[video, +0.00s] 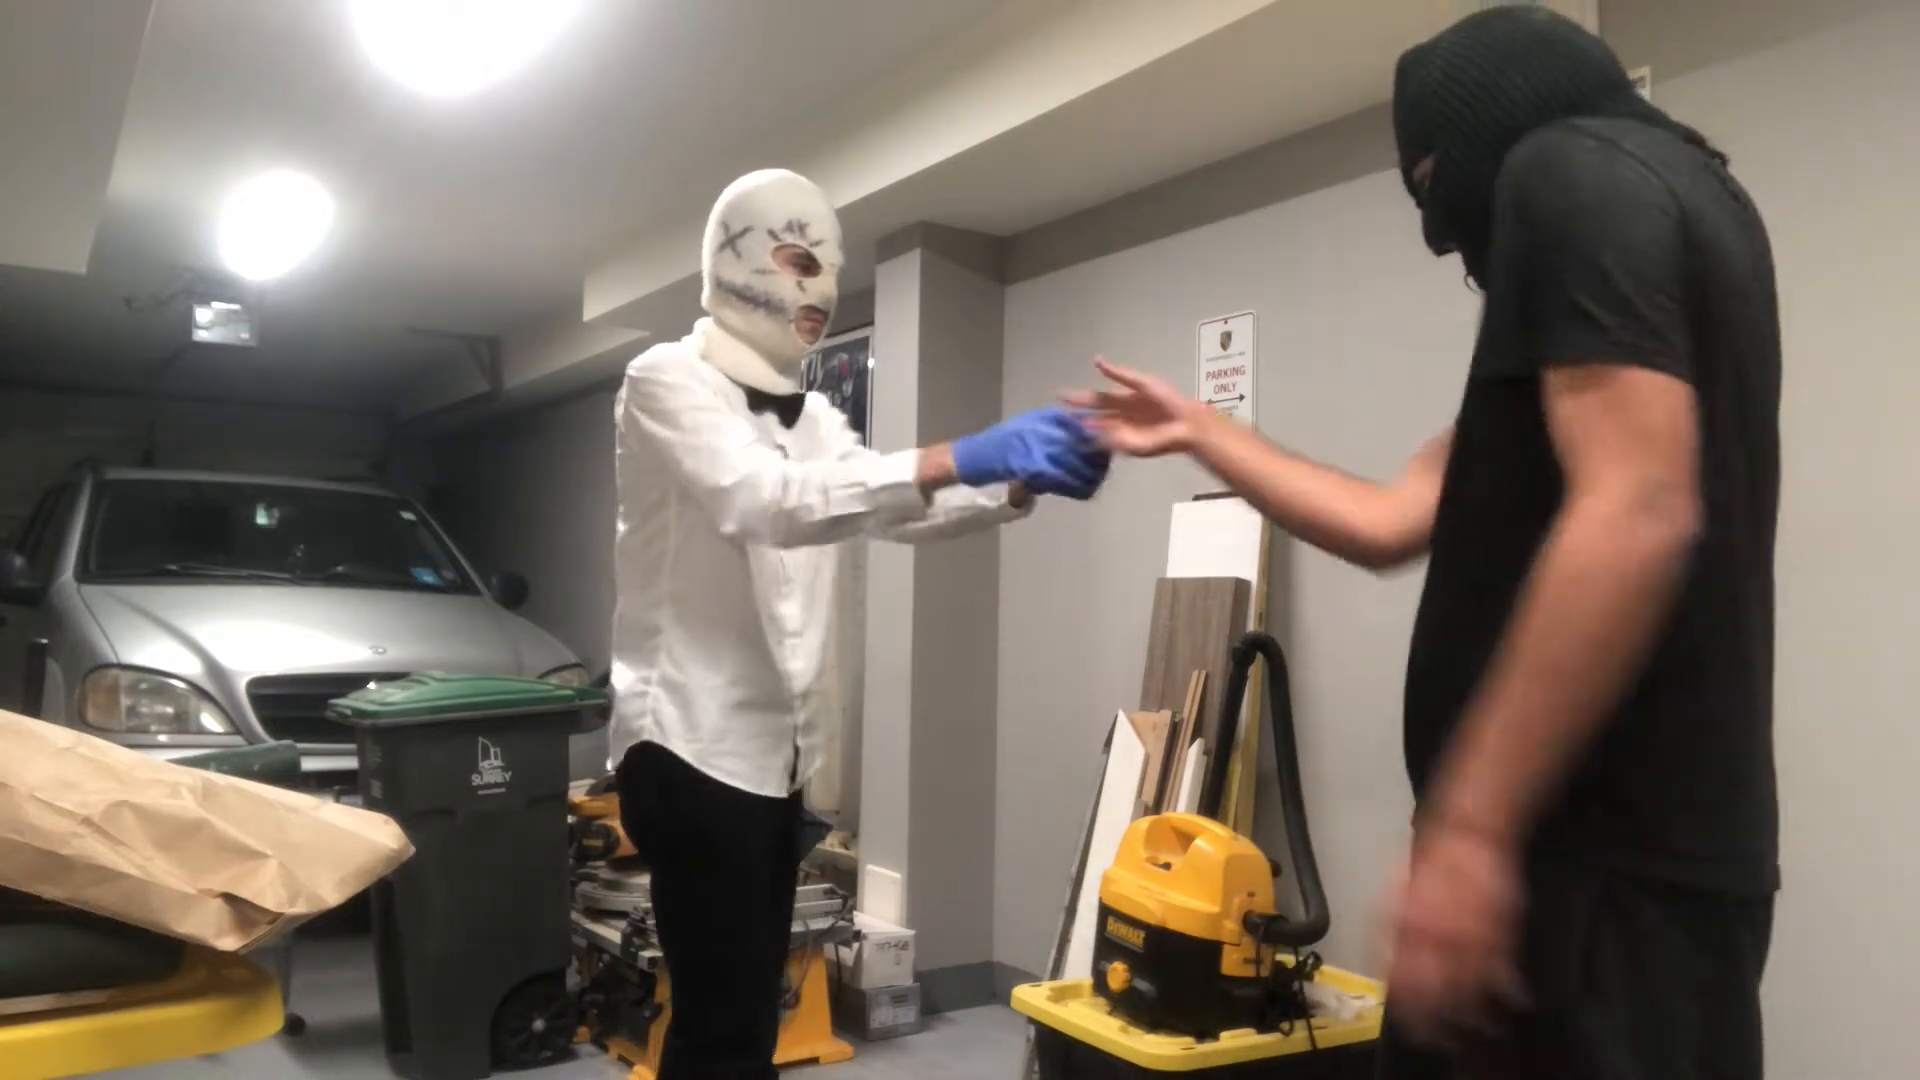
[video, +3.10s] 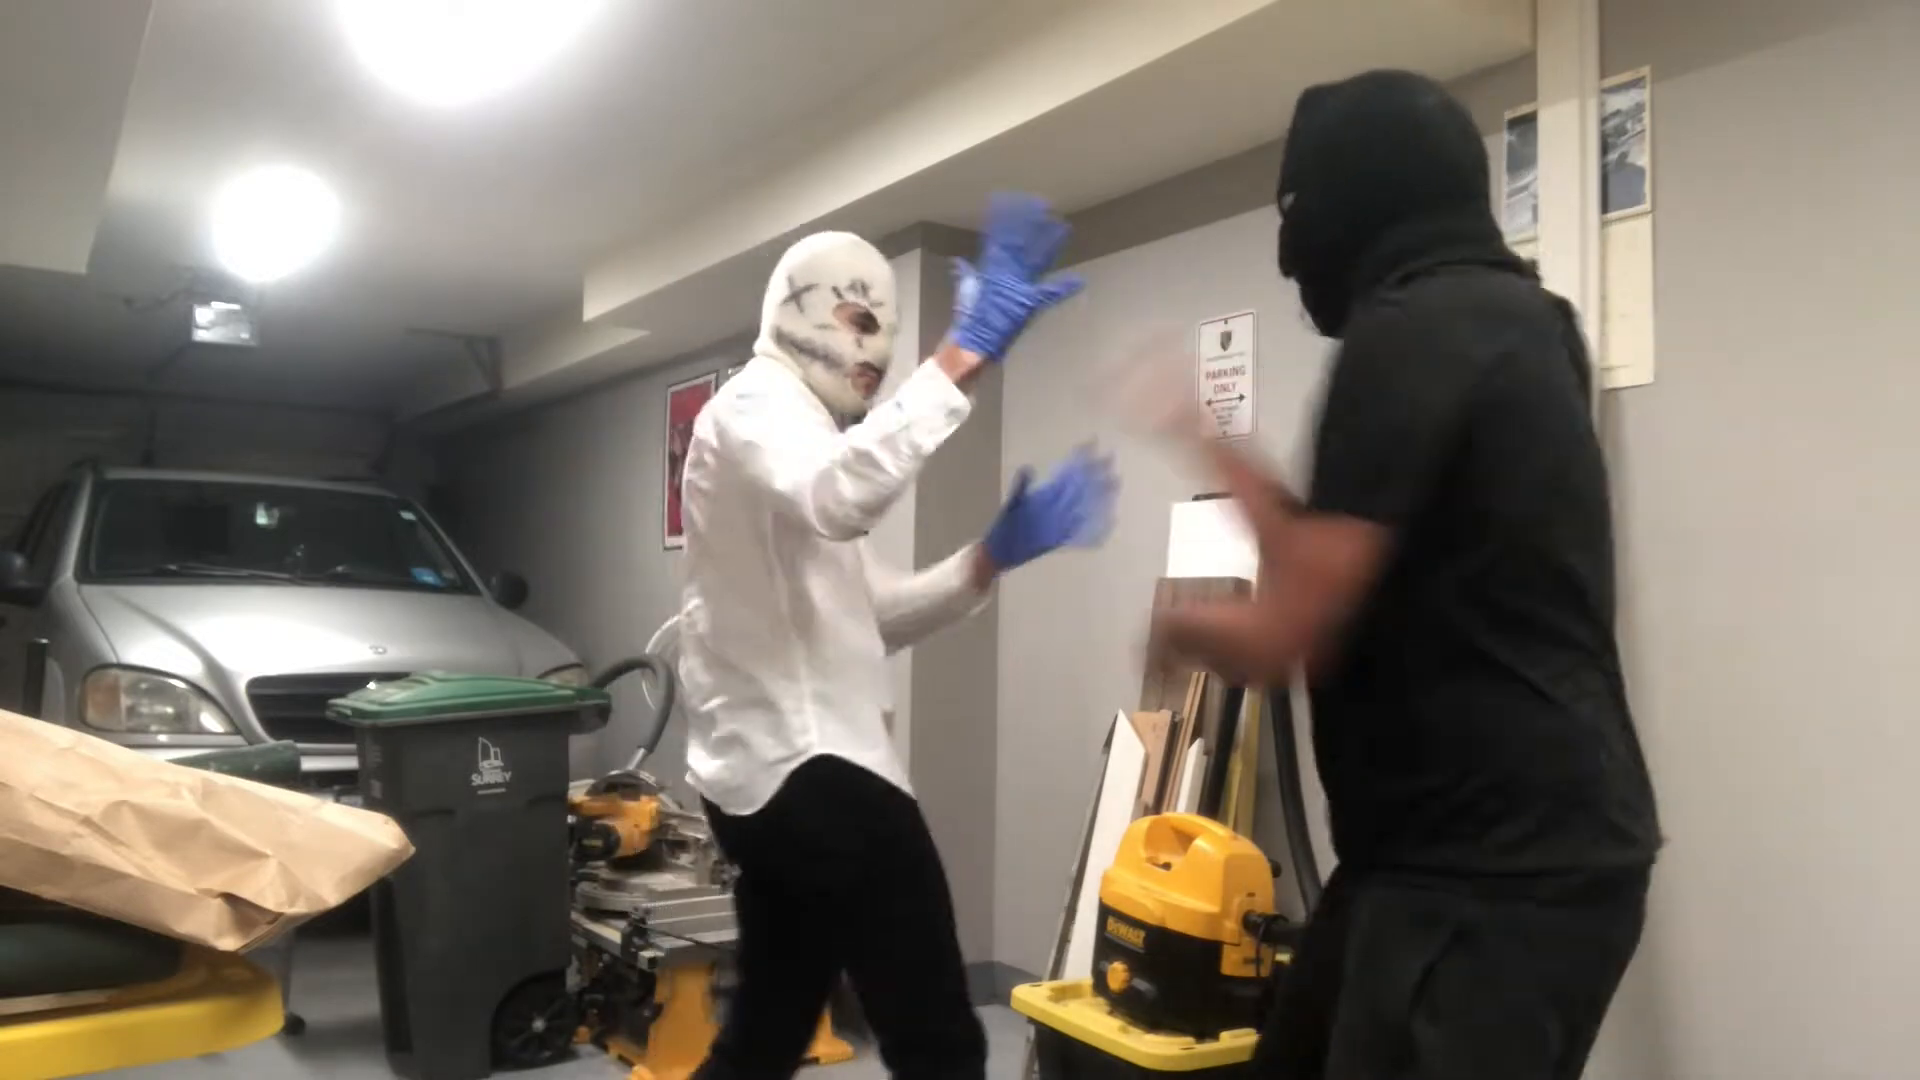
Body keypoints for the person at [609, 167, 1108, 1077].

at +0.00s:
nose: (821, 285)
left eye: (829, 266)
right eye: (797, 260)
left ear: (831, 277)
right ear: (732, 266)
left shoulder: (816, 423)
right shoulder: (669, 379)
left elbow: (894, 511)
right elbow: (763, 501)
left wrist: (1025, 484)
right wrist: (964, 456)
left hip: (776, 758)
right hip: (688, 752)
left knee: (745, 1021)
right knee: (722, 1026)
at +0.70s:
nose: (827, 317)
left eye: (837, 297)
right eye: (805, 289)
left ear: (844, 304)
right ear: (746, 286)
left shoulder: (817, 429)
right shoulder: (681, 393)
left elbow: (880, 507)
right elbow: (731, 545)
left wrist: (958, 521)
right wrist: (886, 543)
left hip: (794, 745)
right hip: (705, 740)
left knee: (764, 1022)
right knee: (740, 1023)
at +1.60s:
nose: (750, 313)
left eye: (759, 295)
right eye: (723, 291)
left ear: (767, 304)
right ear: (665, 299)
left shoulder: (753, 419)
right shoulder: (608, 393)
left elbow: (839, 517)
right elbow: (714, 463)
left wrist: (956, 488)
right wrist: (899, 426)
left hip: (699, 740)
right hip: (599, 737)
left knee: (680, 1005)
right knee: (615, 1005)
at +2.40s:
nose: (829, 342)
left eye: (838, 321)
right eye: (812, 311)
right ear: (756, 296)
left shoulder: (740, 408)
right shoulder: (696, 388)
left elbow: (848, 529)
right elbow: (802, 504)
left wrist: (1003, 489)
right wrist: (982, 484)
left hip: (702, 735)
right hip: (661, 735)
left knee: (729, 1011)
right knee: (747, 1019)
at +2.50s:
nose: (816, 319)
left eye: (824, 303)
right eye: (796, 294)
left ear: (829, 314)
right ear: (734, 291)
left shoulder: (761, 433)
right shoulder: (682, 391)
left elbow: (833, 565)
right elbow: (731, 514)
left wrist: (937, 549)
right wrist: (899, 524)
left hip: (728, 741)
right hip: (671, 738)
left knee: (731, 1005)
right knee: (757, 1012)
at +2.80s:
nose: (843, 349)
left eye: (853, 333)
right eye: (826, 321)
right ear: (772, 314)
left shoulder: (748, 423)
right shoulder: (724, 397)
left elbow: (791, 634)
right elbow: (737, 519)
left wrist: (897, 563)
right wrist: (897, 400)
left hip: (670, 765)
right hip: (727, 761)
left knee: (692, 1026)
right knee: (896, 998)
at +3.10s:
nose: (881, 349)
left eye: (888, 332)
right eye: (861, 320)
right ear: (794, 316)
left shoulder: (800, 430)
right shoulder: (755, 405)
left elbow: (875, 618)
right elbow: (836, 498)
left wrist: (991, 553)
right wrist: (965, 349)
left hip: (789, 767)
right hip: (811, 765)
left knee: (763, 1042)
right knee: (940, 1048)